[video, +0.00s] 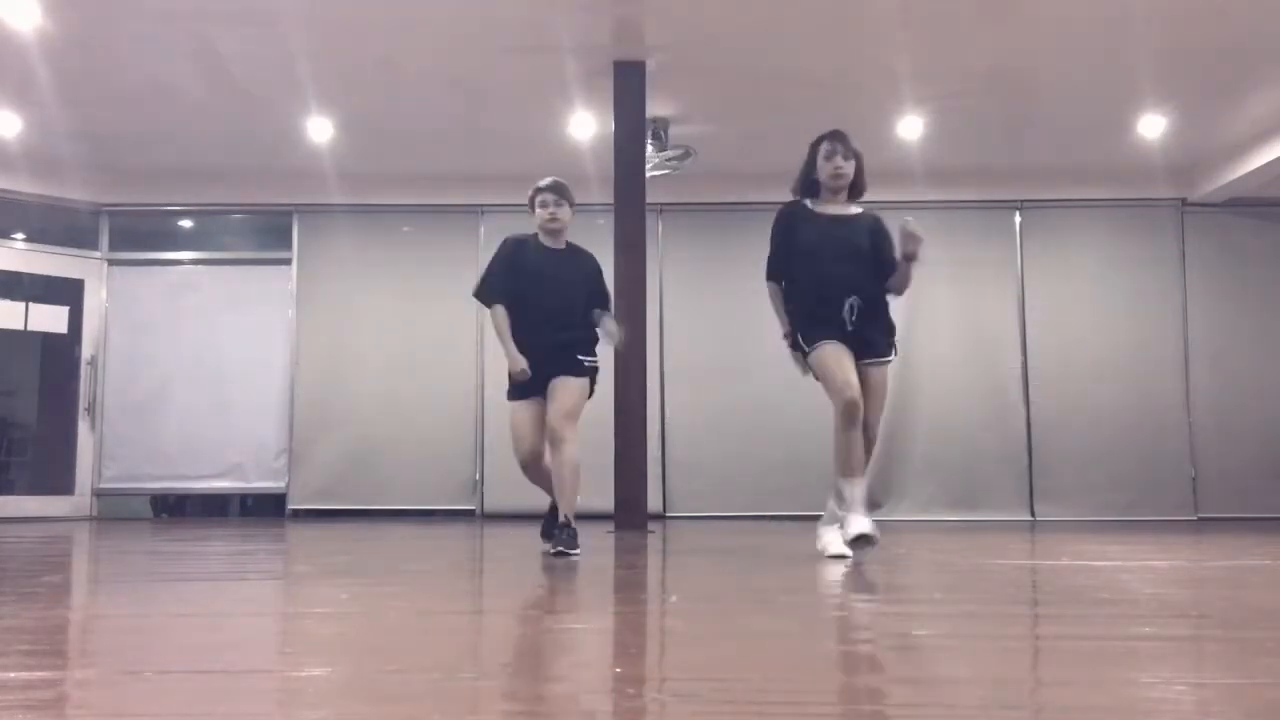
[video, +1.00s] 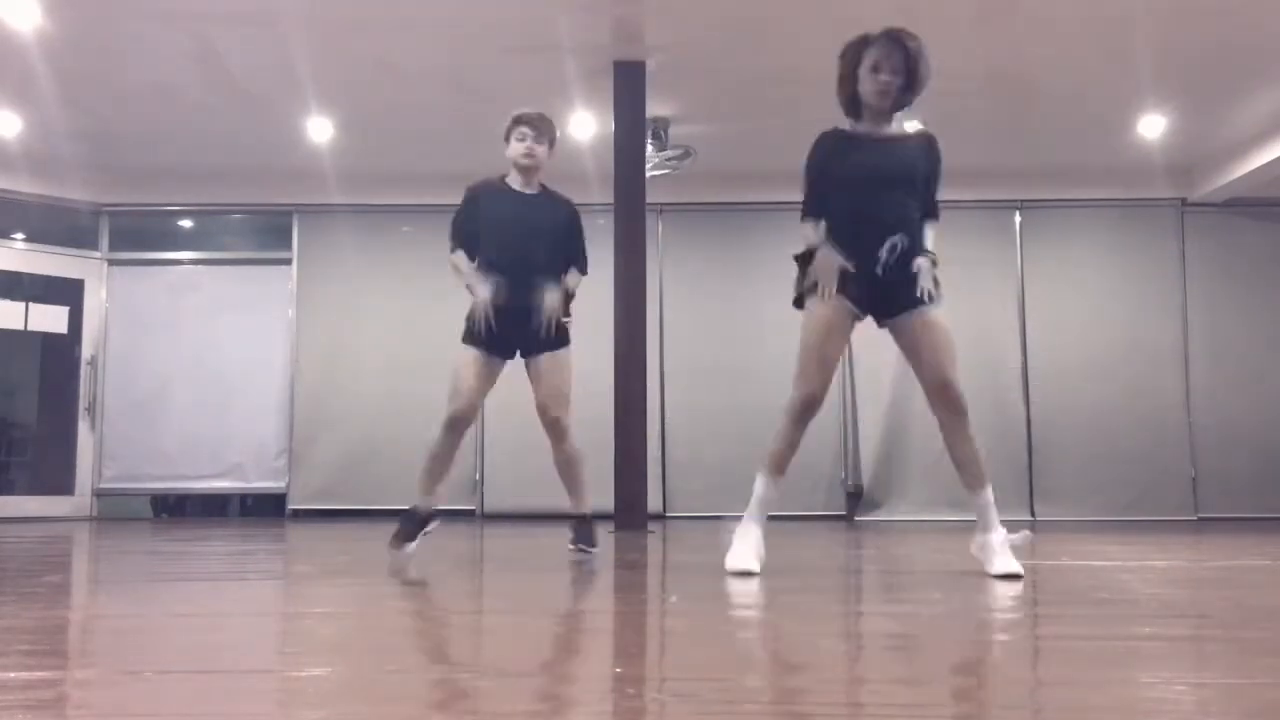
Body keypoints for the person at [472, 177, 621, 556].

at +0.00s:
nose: (551, 210)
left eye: (559, 204)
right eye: (543, 205)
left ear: (571, 211)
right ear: (533, 212)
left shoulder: (585, 260)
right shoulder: (514, 249)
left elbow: (599, 312)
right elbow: (496, 303)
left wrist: (611, 328)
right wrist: (511, 353)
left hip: (573, 356)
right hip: (527, 358)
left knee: (560, 431)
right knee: (527, 455)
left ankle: (567, 524)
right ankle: (559, 496)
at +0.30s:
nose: (525, 201)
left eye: (534, 194)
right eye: (518, 194)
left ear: (549, 200)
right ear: (509, 200)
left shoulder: (570, 229)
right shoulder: (498, 254)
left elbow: (599, 279)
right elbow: (492, 321)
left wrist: (607, 333)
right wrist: (485, 297)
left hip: (566, 344)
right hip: (516, 347)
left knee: (561, 400)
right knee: (518, 445)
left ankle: (549, 503)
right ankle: (520, 525)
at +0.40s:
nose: (522, 196)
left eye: (528, 187)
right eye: (513, 191)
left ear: (543, 192)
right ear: (503, 201)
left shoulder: (576, 231)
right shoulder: (499, 250)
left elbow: (597, 286)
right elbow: (494, 308)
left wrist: (600, 338)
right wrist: (510, 265)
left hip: (566, 343)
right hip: (513, 347)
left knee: (558, 407)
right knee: (522, 448)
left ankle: (551, 515)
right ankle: (521, 524)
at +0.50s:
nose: (533, 185)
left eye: (539, 176)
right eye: (524, 181)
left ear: (554, 181)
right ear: (514, 190)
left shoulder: (579, 234)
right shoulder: (501, 230)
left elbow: (589, 295)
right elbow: (488, 278)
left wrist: (590, 338)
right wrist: (529, 238)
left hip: (565, 341)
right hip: (514, 341)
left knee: (558, 423)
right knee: (524, 446)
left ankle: (552, 525)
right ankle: (524, 524)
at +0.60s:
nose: (556, 180)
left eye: (563, 175)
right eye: (548, 172)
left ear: (571, 188)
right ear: (531, 179)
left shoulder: (571, 239)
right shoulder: (510, 212)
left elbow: (579, 302)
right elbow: (492, 235)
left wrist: (595, 338)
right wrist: (530, 208)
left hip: (565, 340)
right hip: (515, 339)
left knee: (559, 425)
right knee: (526, 445)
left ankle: (552, 526)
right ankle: (533, 516)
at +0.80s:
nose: (561, 192)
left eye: (569, 190)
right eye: (558, 181)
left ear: (571, 200)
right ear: (537, 179)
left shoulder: (571, 245)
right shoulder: (502, 225)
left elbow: (591, 292)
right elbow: (501, 204)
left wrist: (587, 308)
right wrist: (529, 174)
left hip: (558, 341)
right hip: (506, 338)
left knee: (552, 429)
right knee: (514, 417)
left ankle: (550, 527)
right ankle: (520, 482)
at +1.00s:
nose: (528, 146)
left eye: (537, 140)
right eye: (520, 139)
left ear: (549, 152)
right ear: (506, 147)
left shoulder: (562, 209)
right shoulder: (481, 196)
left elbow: (576, 266)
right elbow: (458, 252)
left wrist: (561, 291)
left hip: (543, 320)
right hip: (491, 318)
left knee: (556, 420)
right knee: (458, 414)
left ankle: (582, 519)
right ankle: (423, 507)